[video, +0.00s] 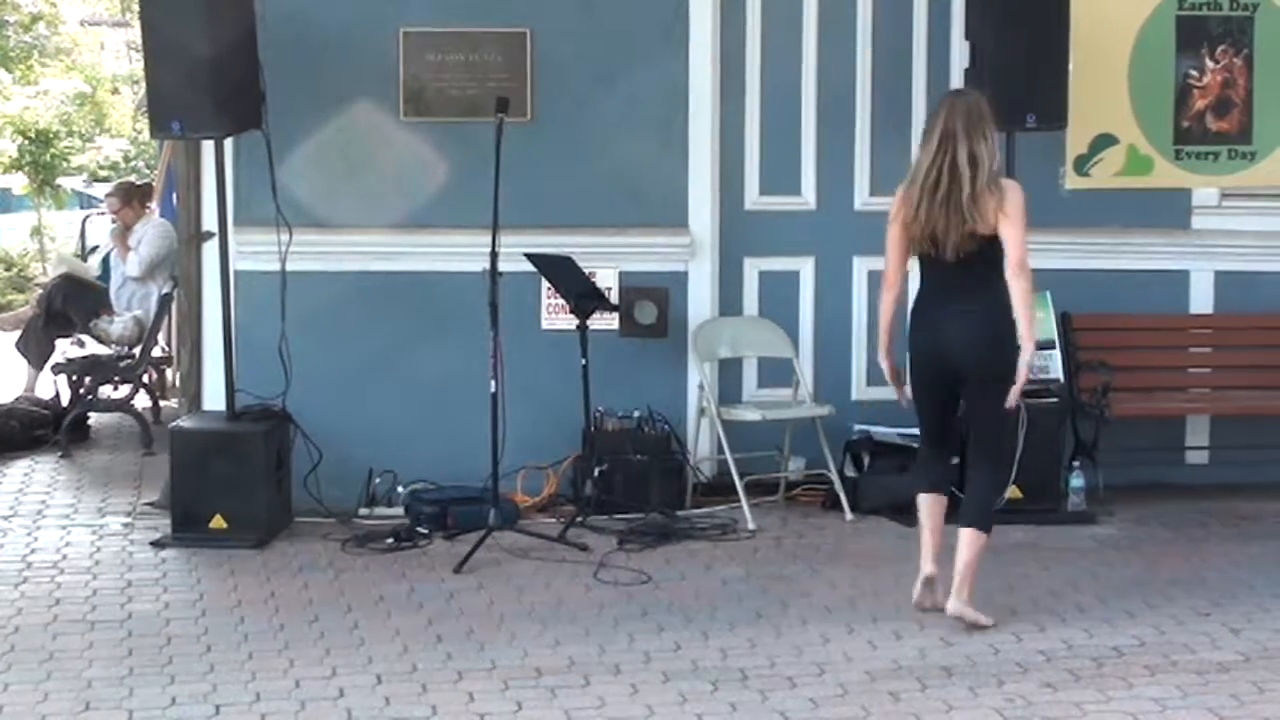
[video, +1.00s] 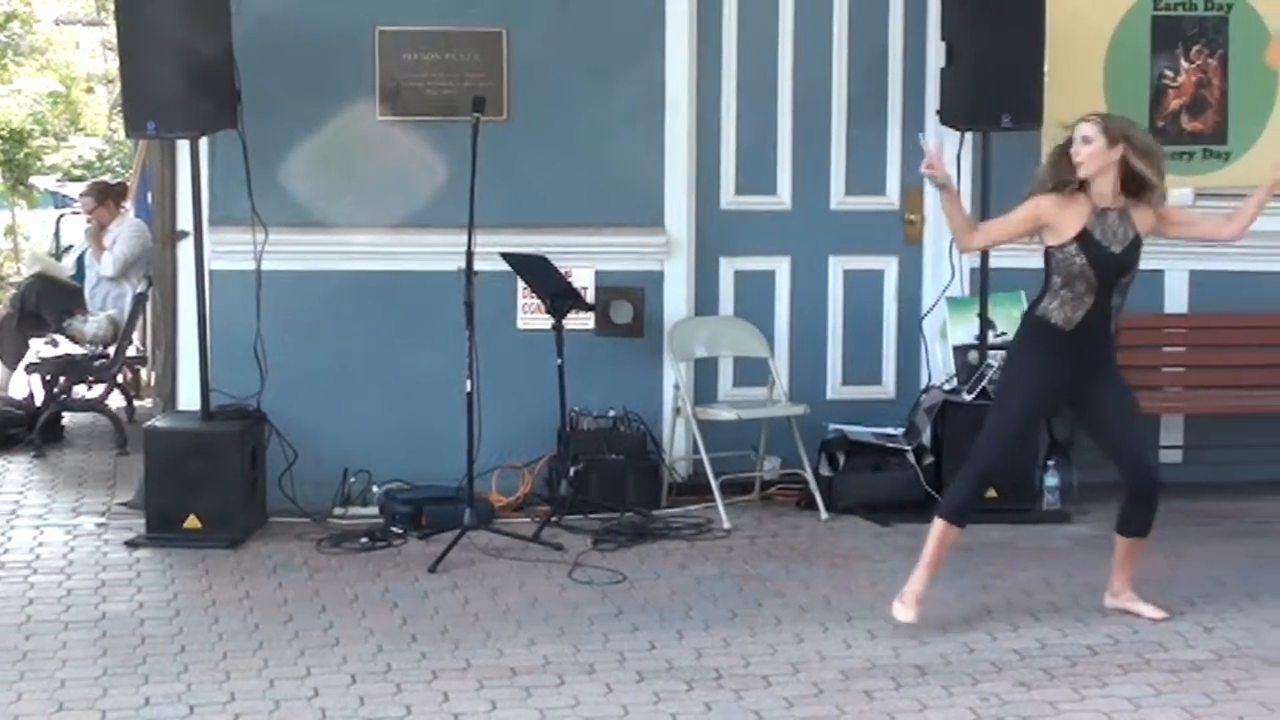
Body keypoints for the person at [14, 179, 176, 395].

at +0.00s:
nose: (114, 220)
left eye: (116, 213)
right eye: (112, 215)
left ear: (135, 206)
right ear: (132, 207)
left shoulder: (160, 230)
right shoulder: (123, 233)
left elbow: (137, 269)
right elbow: (94, 269)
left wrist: (121, 244)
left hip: (137, 317)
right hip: (114, 310)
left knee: (65, 285)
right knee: (43, 321)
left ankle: (31, 312)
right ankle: (29, 390)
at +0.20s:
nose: (115, 220)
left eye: (117, 213)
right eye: (112, 215)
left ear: (136, 206)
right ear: (132, 207)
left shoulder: (161, 230)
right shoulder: (123, 233)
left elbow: (138, 269)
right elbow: (95, 269)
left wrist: (121, 243)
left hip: (137, 319)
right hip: (115, 311)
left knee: (67, 285)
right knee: (42, 322)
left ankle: (31, 312)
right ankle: (29, 391)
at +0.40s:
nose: (115, 220)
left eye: (117, 213)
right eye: (112, 215)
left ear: (136, 206)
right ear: (132, 207)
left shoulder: (161, 230)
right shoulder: (123, 234)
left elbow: (138, 268)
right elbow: (94, 270)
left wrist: (121, 243)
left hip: (136, 320)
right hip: (113, 312)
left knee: (67, 285)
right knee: (41, 322)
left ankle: (33, 311)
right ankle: (30, 391)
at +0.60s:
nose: (115, 220)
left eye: (117, 213)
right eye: (112, 215)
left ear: (136, 206)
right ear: (133, 207)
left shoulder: (162, 230)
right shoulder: (123, 234)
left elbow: (138, 268)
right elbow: (94, 270)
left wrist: (121, 243)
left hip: (137, 321)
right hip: (114, 312)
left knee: (67, 285)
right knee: (42, 322)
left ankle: (33, 311)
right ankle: (29, 391)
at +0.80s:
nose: (113, 218)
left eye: (116, 212)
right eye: (110, 214)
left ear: (134, 204)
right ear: (131, 205)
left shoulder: (160, 229)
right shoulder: (121, 233)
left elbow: (137, 267)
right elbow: (92, 268)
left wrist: (120, 242)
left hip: (136, 317)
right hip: (113, 309)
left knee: (65, 283)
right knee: (42, 320)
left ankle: (31, 309)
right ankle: (28, 388)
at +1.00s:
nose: (89, 220)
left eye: (92, 213)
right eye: (86, 215)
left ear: (110, 204)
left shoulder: (135, 230)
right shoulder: (98, 235)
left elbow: (112, 269)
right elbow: (68, 271)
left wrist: (94, 244)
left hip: (114, 317)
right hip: (91, 309)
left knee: (37, 286)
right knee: (14, 323)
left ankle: (16, 311)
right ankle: (8, 384)